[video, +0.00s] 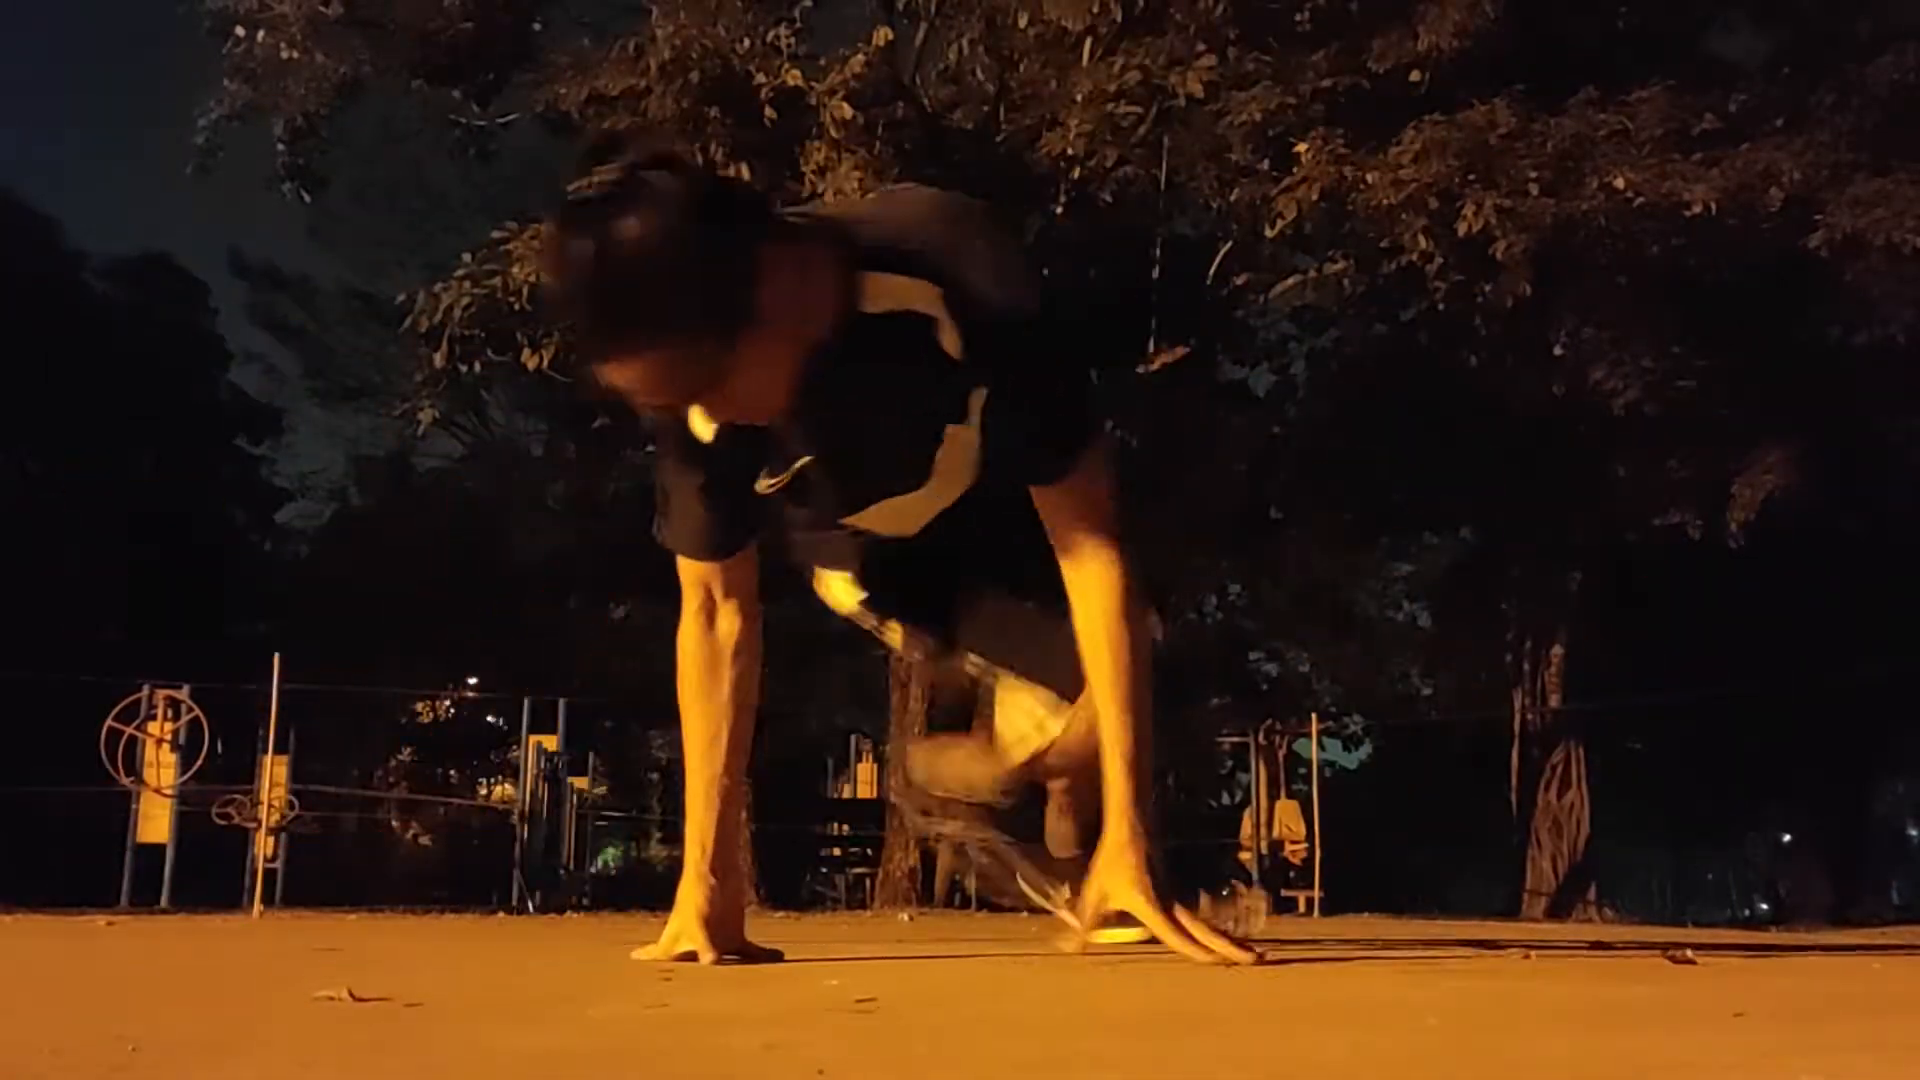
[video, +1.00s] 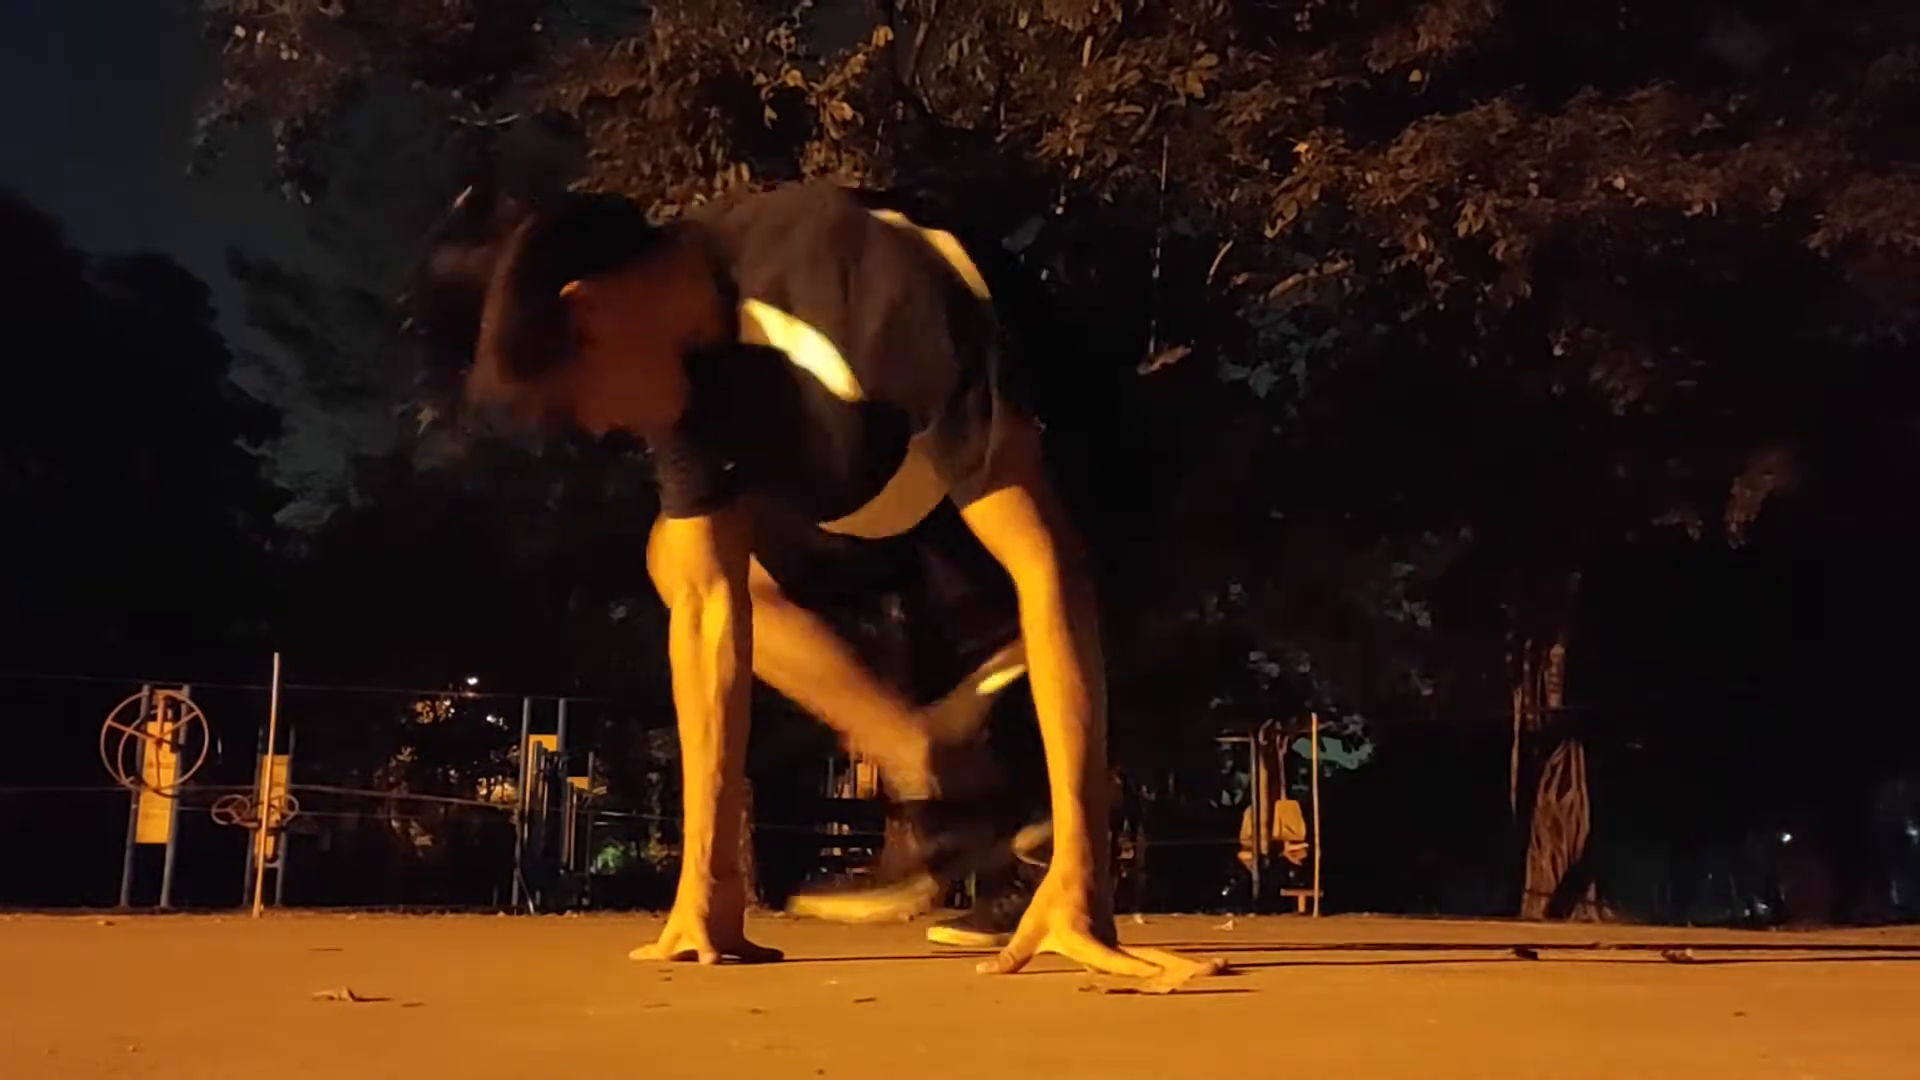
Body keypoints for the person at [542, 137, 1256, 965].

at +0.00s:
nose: (697, 422)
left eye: (702, 386)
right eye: (667, 405)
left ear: (765, 297)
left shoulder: (962, 280)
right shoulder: (686, 382)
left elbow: (1088, 539)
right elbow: (715, 612)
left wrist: (1125, 844)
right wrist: (710, 878)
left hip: (1007, 508)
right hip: (872, 561)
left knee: (1115, 682)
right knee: (1087, 691)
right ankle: (982, 776)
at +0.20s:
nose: (626, 425)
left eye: (617, 393)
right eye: (599, 410)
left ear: (671, 301)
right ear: (603, 333)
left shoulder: (872, 281)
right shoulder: (662, 360)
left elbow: (1020, 583)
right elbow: (705, 609)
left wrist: (1072, 872)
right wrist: (708, 882)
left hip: (1068, 419)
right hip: (944, 469)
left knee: (1162, 686)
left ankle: (1546, 755)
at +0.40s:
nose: (717, 342)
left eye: (737, 306)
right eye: (685, 320)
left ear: (799, 239)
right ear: (647, 302)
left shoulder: (921, 302)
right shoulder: (662, 385)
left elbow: (1092, 595)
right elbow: (699, 619)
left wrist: (1071, 887)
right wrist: (709, 887)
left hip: (1163, 480)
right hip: (1048, 586)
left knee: (1413, 746)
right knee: (1236, 814)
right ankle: (1637, 810)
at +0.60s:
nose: (629, 430)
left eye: (626, 397)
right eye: (606, 413)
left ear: (675, 315)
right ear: (604, 349)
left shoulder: (879, 285)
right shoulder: (643, 380)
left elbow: (1037, 584)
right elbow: (687, 614)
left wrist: (1074, 866)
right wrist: (704, 882)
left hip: (1131, 364)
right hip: (989, 445)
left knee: (1309, 668)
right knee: (1139, 708)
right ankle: (1496, 766)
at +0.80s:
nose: (585, 440)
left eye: (557, 418)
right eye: (558, 433)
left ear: (568, 335)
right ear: (570, 328)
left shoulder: (852, 284)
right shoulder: (679, 359)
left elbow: (1036, 566)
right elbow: (709, 607)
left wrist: (1077, 866)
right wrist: (708, 879)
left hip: (1102, 356)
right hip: (948, 385)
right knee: (788, 572)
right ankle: (1079, 693)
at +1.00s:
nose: (589, 427)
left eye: (567, 399)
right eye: (564, 415)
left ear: (593, 312)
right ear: (593, 310)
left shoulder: (866, 296)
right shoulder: (670, 358)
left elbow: (1050, 569)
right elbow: (708, 604)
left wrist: (1073, 868)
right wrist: (711, 880)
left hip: (984, 463)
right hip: (858, 495)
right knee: (686, 554)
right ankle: (929, 763)